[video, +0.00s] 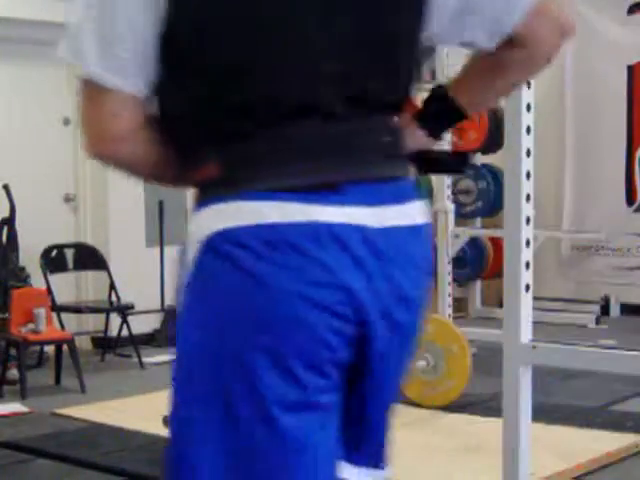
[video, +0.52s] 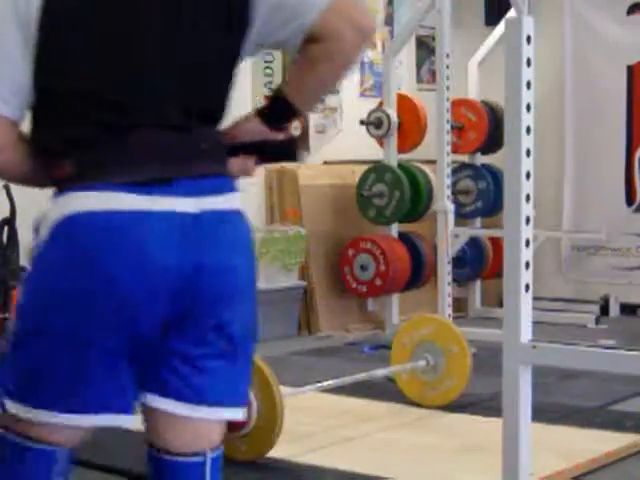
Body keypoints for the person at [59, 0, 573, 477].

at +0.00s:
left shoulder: (138, 5)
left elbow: (112, 132)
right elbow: (548, 26)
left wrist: (218, 161)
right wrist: (438, 112)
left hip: (263, 247)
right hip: (399, 239)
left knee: (263, 468)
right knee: (356, 465)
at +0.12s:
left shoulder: (110, 8)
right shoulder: (364, 5)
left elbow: (71, 154)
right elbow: (507, 32)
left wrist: (161, 180)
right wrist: (399, 131)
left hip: (218, 253)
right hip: (342, 251)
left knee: (233, 466)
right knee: (295, 464)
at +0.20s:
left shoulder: (104, 6)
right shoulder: (349, 4)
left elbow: (59, 156)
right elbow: (489, 38)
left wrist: (156, 181)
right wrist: (384, 136)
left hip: (207, 254)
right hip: (330, 251)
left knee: (226, 467)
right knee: (280, 462)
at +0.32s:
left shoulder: (81, 7)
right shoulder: (312, 8)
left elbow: (37, 156)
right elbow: (446, 45)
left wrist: (119, 185)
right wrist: (349, 136)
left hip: (173, 251)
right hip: (289, 245)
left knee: (186, 471)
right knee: (240, 461)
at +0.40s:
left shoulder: (53, 7)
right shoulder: (276, 5)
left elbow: (13, 147)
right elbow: (397, 36)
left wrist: (96, 172)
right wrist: (305, 127)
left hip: (134, 243)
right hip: (250, 234)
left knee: (103, 465)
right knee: (207, 462)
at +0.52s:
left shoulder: (27, 7)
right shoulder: (235, 5)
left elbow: (8, 155)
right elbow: (350, 22)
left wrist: (95, 163)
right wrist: (274, 119)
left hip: (95, 230)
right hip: (216, 229)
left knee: (35, 453)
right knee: (189, 463)